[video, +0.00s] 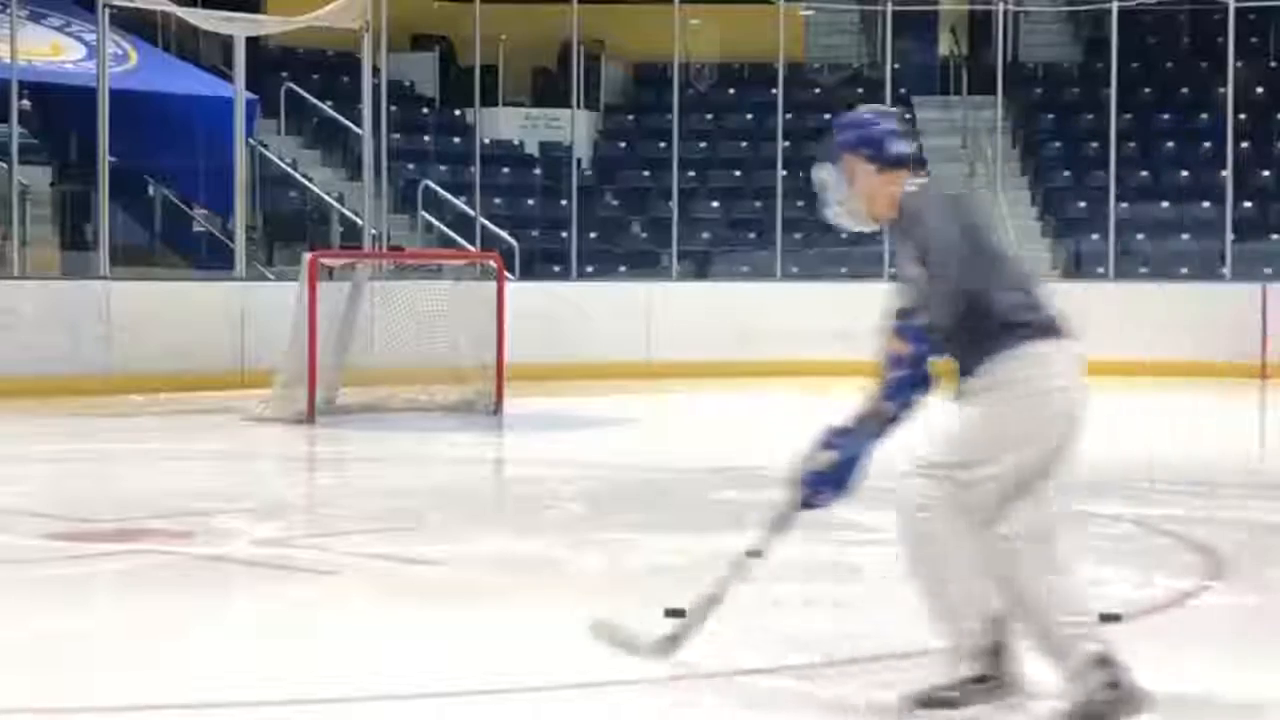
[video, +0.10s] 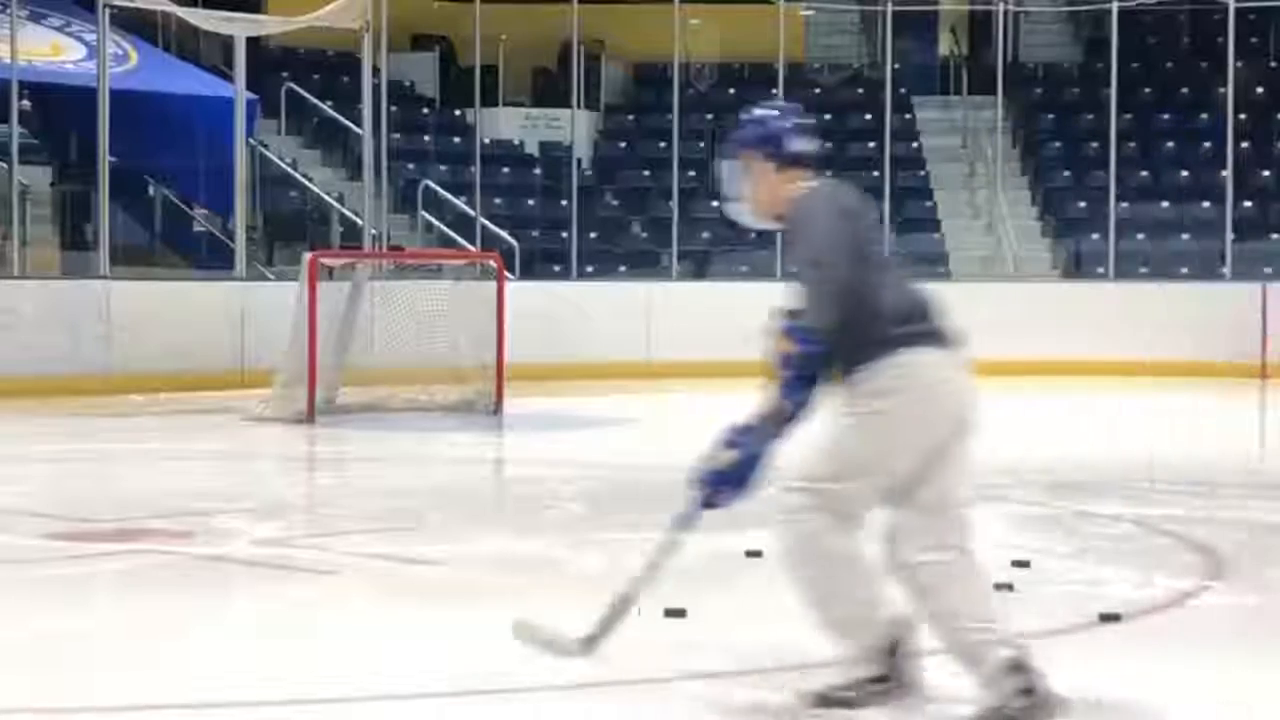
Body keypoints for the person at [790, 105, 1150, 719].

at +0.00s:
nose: (845, 189)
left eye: (849, 172)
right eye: (842, 174)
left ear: (881, 167)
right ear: (892, 169)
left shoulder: (928, 213)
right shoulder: (919, 225)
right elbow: (911, 363)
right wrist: (851, 444)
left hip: (1026, 376)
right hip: (1044, 376)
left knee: (927, 487)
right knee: (1007, 528)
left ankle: (981, 661)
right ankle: (1097, 674)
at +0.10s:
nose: (744, 189)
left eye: (748, 171)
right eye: (741, 174)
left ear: (776, 164)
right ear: (797, 164)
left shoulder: (817, 208)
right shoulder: (841, 206)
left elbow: (822, 317)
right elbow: (808, 359)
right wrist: (751, 443)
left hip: (902, 379)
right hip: (946, 377)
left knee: (805, 502)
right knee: (925, 539)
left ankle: (879, 655)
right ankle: (1008, 677)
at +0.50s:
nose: (376, 162)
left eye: (380, 153)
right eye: (383, 152)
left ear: (388, 149)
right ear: (437, 151)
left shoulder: (383, 190)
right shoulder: (463, 205)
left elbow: (349, 279)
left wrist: (346, 341)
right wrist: (394, 350)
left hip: (440, 366)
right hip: (506, 375)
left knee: (352, 499)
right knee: (457, 541)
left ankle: (385, 649)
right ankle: (575, 607)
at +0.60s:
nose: (325, 155)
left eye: (325, 146)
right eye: (334, 146)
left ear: (318, 146)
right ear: (370, 148)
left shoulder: (296, 187)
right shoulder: (393, 205)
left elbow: (250, 263)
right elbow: (399, 288)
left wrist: (263, 328)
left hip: (329, 363)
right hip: (397, 368)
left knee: (255, 499)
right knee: (349, 526)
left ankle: (279, 640)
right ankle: (446, 597)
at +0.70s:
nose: (320, 167)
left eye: (319, 156)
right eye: (318, 156)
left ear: (257, 142)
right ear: (307, 152)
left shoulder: (217, 183)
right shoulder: (319, 209)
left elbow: (163, 257)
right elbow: (324, 291)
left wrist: (204, 312)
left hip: (238, 358)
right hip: (311, 364)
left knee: (168, 498)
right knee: (264, 505)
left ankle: (179, 636)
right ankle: (337, 585)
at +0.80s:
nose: (275, 174)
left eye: (275, 162)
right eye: (272, 162)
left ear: (211, 148)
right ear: (253, 158)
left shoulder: (156, 186)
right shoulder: (265, 220)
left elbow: (89, 245)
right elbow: (265, 319)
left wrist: (126, 299)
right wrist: (260, 405)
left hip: (157, 362)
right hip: (232, 375)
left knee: (95, 494)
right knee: (200, 496)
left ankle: (85, 624)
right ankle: (247, 580)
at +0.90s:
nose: (237, 181)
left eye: (238, 167)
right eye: (234, 167)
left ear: (176, 155)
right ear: (211, 165)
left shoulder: (112, 189)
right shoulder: (218, 223)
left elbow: (34, 242)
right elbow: (222, 318)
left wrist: (68, 303)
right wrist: (215, 400)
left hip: (95, 359)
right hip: (171, 372)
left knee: (42, 487)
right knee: (153, 483)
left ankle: (14, 603)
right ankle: (175, 570)